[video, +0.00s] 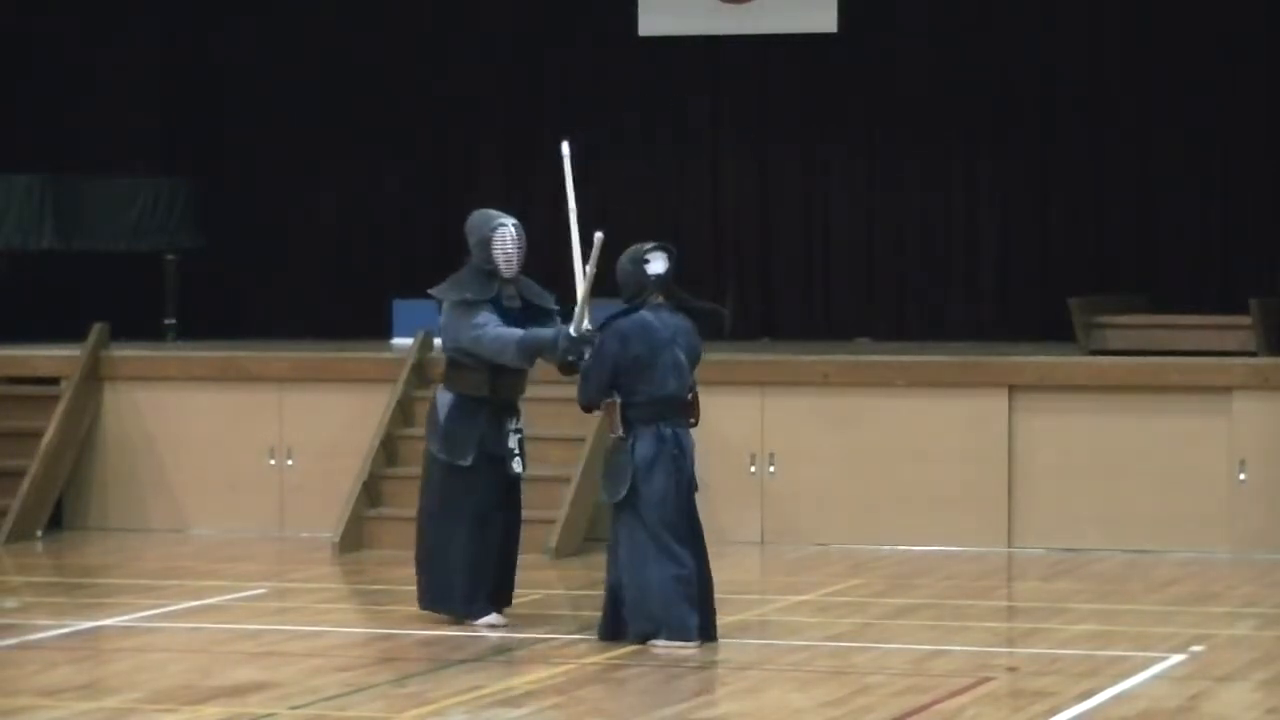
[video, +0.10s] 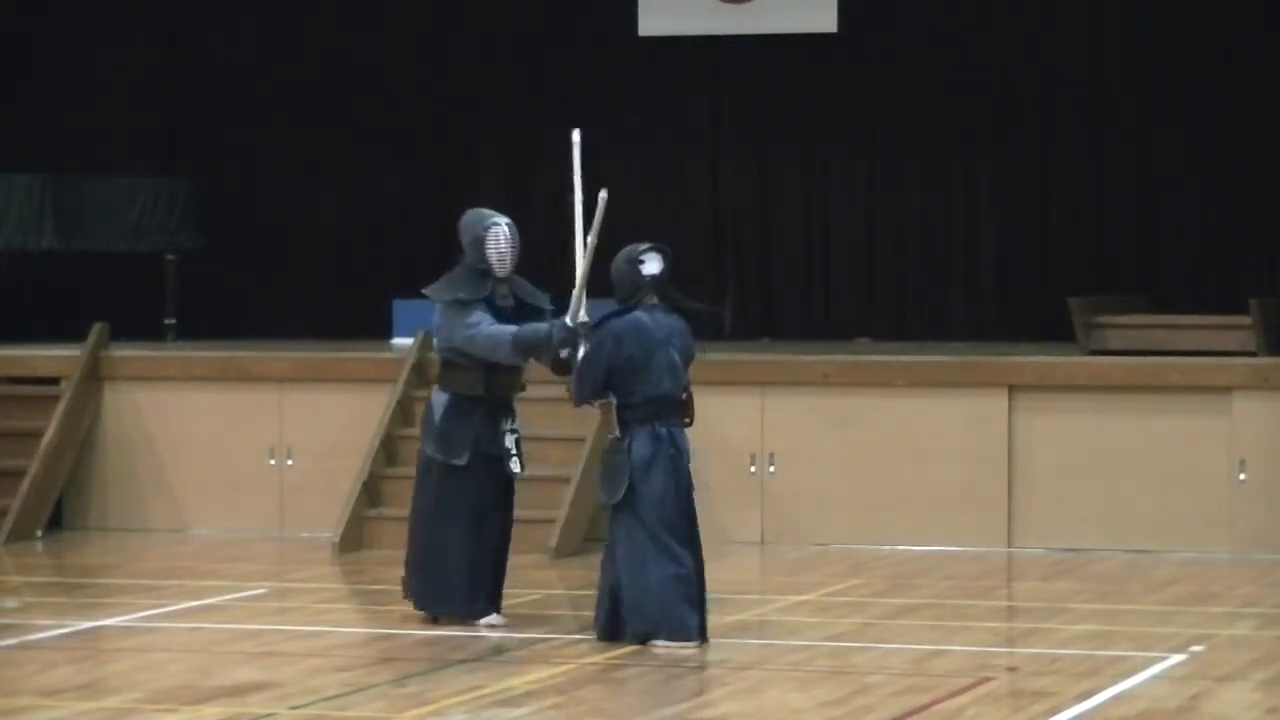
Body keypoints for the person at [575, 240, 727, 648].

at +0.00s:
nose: (620, 287)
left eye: (622, 281)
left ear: (628, 284)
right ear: (664, 283)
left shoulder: (618, 332)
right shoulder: (684, 327)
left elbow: (589, 396)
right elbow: (686, 367)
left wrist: (600, 363)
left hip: (641, 437)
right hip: (680, 434)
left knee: (647, 529)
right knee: (676, 528)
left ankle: (677, 628)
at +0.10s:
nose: (615, 288)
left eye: (618, 282)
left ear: (622, 285)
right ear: (656, 283)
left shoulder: (614, 332)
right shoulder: (676, 326)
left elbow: (585, 389)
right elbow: (683, 361)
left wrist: (585, 348)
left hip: (637, 436)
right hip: (674, 433)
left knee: (639, 526)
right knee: (671, 526)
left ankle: (673, 627)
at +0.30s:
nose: (596, 291)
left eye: (598, 285)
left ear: (603, 289)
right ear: (638, 286)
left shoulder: (600, 331)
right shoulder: (659, 328)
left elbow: (559, 378)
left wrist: (558, 345)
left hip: (624, 436)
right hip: (656, 433)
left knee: (634, 527)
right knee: (620, 527)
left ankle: (672, 624)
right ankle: (611, 621)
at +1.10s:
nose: (585, 286)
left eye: (589, 279)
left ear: (594, 282)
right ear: (629, 278)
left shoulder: (596, 329)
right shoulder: (649, 324)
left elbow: (562, 383)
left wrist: (542, 402)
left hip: (610, 435)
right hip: (642, 432)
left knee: (609, 521)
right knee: (623, 519)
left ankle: (666, 606)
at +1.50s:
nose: (601, 284)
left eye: (604, 277)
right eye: (604, 276)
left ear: (610, 279)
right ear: (640, 277)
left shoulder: (613, 326)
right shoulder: (655, 321)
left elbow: (576, 398)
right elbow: (603, 370)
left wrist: (543, 400)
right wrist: (551, 387)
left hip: (622, 435)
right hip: (653, 430)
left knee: (608, 525)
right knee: (646, 522)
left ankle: (651, 606)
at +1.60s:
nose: (600, 285)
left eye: (602, 278)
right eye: (603, 278)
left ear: (608, 281)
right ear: (637, 278)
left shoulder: (613, 327)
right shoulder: (651, 321)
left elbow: (580, 390)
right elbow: (597, 367)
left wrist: (546, 406)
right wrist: (545, 388)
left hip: (620, 436)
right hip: (650, 431)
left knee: (599, 523)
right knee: (649, 520)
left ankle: (624, 614)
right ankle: (660, 613)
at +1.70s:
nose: (593, 285)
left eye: (596, 279)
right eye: (596, 279)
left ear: (603, 282)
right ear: (631, 279)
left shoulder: (605, 327)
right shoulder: (645, 322)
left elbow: (576, 390)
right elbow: (591, 372)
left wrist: (549, 409)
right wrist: (545, 392)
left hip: (613, 439)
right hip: (644, 435)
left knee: (588, 520)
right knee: (640, 522)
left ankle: (587, 619)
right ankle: (646, 616)